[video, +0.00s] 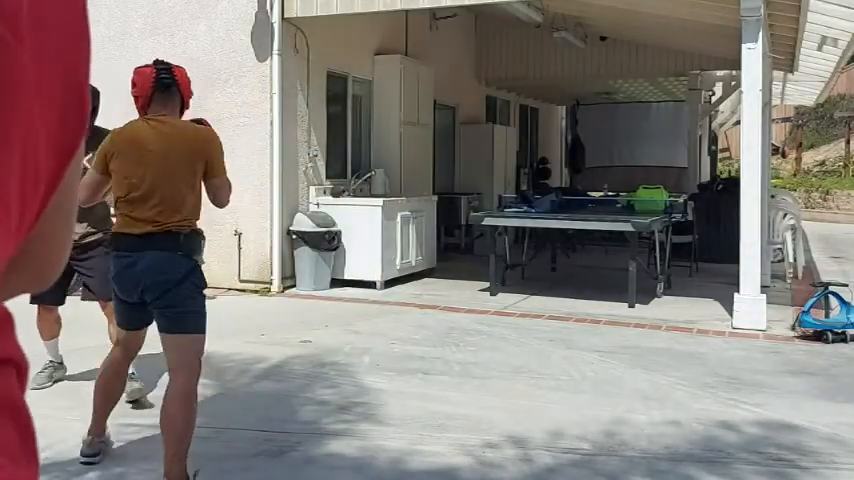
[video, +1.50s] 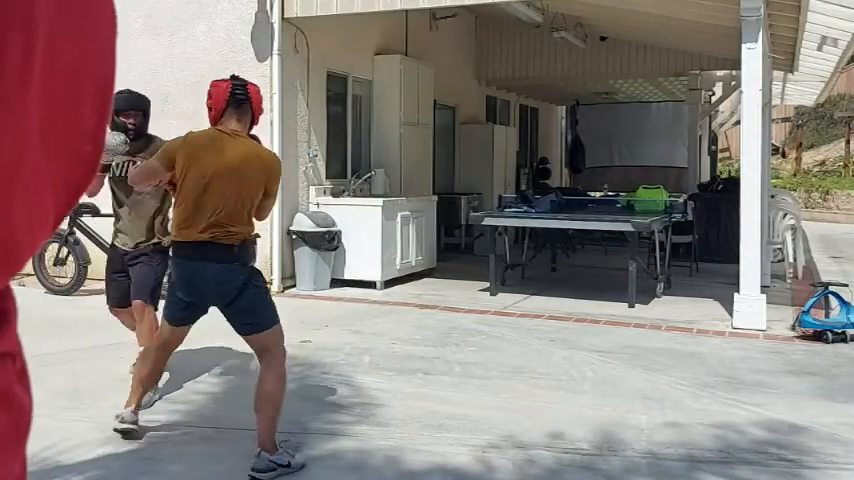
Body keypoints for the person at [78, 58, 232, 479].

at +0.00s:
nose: (184, 103)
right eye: (184, 97)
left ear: (140, 99)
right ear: (183, 98)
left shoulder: (120, 137)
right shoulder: (202, 138)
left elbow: (84, 197)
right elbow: (221, 197)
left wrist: (120, 171)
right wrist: (207, 142)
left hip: (126, 258)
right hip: (177, 260)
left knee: (124, 346)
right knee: (183, 374)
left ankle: (95, 434)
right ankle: (175, 473)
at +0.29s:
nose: (127, 132)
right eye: (122, 128)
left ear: (81, 140)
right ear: (104, 133)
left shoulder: (78, 171)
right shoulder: (127, 149)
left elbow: (85, 228)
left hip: (119, 262)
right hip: (168, 256)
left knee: (99, 340)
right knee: (182, 358)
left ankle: (82, 426)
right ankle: (197, 442)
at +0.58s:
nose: (90, 125)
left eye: (89, 118)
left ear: (89, 113)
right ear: (121, 106)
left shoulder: (87, 144)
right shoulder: (154, 130)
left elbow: (72, 213)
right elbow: (180, 165)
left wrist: (93, 191)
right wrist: (140, 165)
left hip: (121, 249)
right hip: (172, 244)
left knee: (107, 336)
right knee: (199, 346)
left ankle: (83, 426)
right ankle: (223, 433)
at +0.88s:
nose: (195, 106)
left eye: (191, 100)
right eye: (194, 100)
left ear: (153, 102)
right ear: (193, 102)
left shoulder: (132, 137)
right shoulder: (217, 142)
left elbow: (100, 194)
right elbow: (214, 199)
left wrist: (132, 177)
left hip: (149, 256)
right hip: (199, 255)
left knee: (134, 333)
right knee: (213, 356)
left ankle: (96, 409)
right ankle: (215, 451)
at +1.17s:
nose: (219, 107)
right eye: (219, 101)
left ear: (177, 100)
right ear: (218, 103)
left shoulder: (149, 127)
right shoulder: (231, 146)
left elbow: (96, 155)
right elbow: (222, 184)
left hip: (149, 250)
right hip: (195, 253)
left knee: (145, 337)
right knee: (223, 346)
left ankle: (121, 416)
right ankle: (221, 443)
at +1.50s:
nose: (258, 116)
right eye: (257, 110)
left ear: (213, 111)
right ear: (254, 113)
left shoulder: (185, 144)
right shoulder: (268, 161)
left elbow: (137, 179)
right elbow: (261, 211)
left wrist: (162, 174)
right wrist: (228, 182)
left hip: (185, 264)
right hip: (234, 267)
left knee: (164, 341)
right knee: (272, 355)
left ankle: (130, 410)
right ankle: (267, 453)